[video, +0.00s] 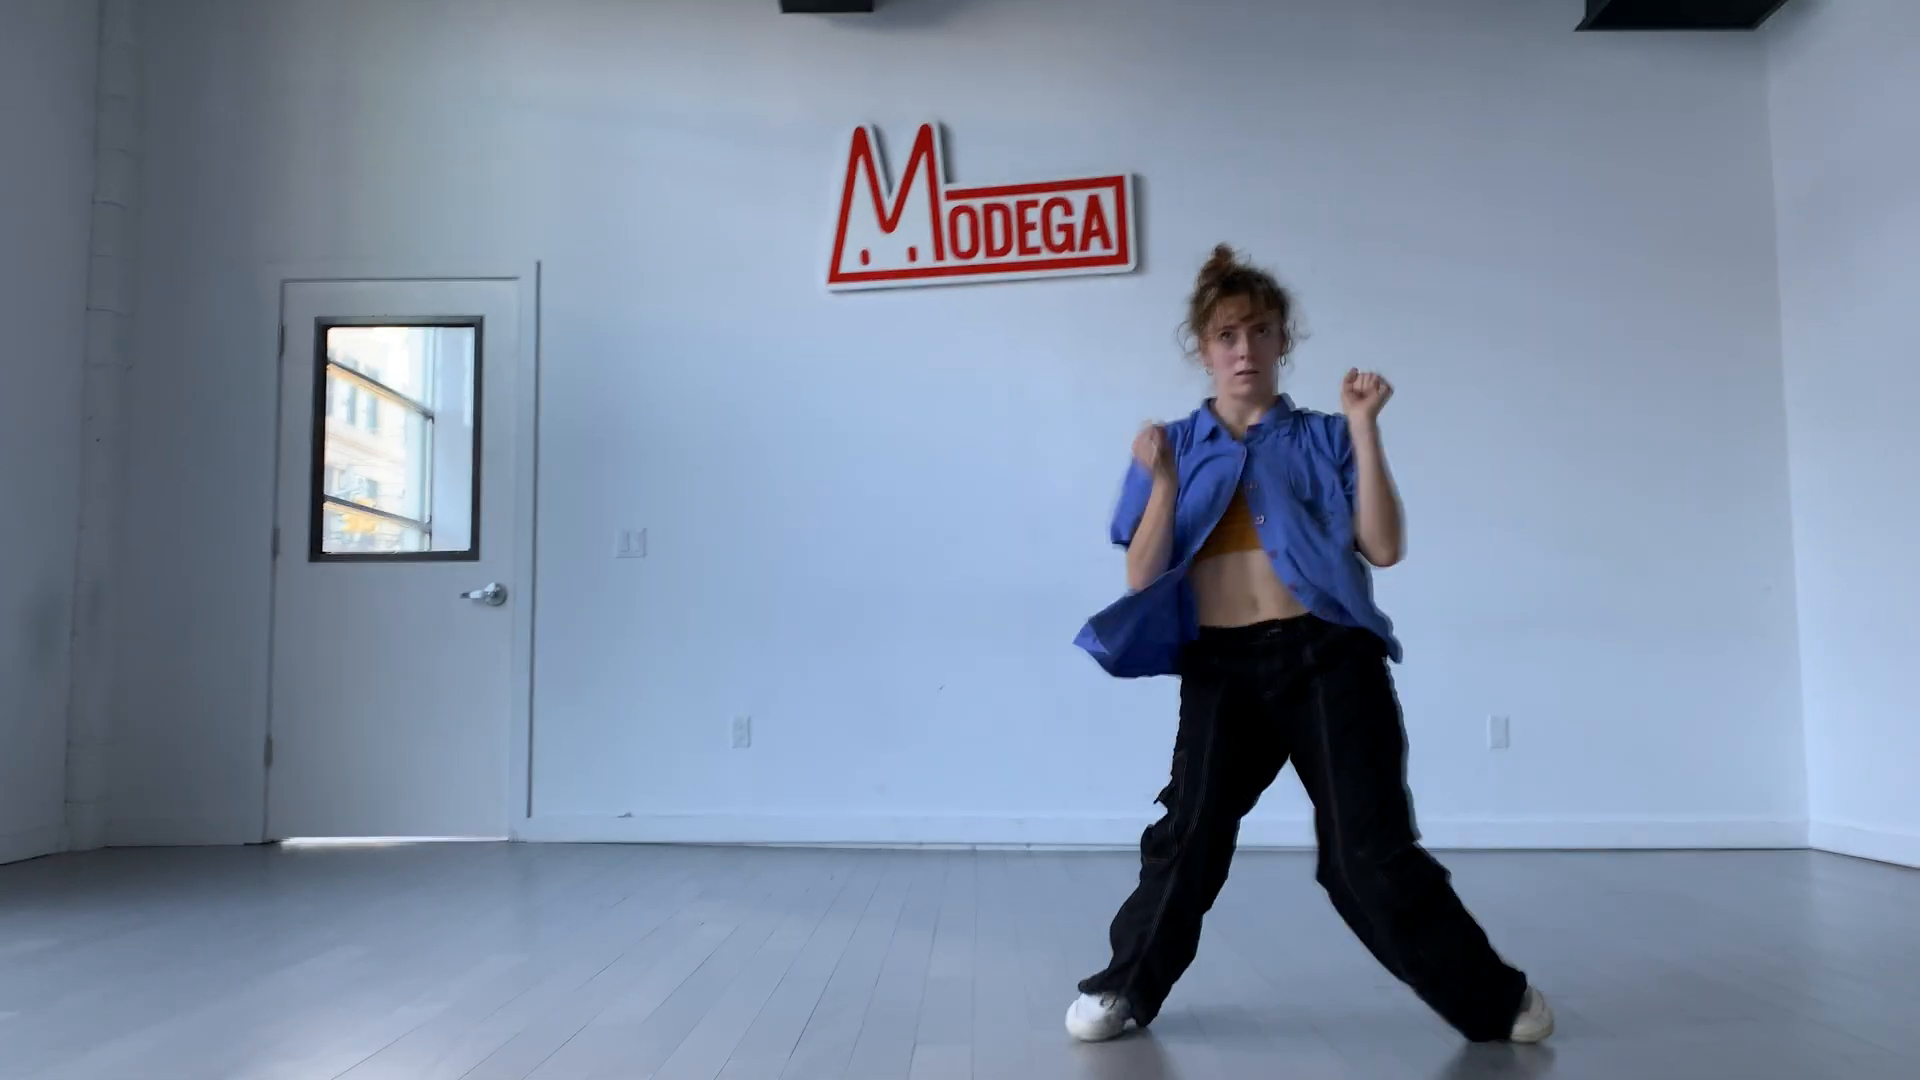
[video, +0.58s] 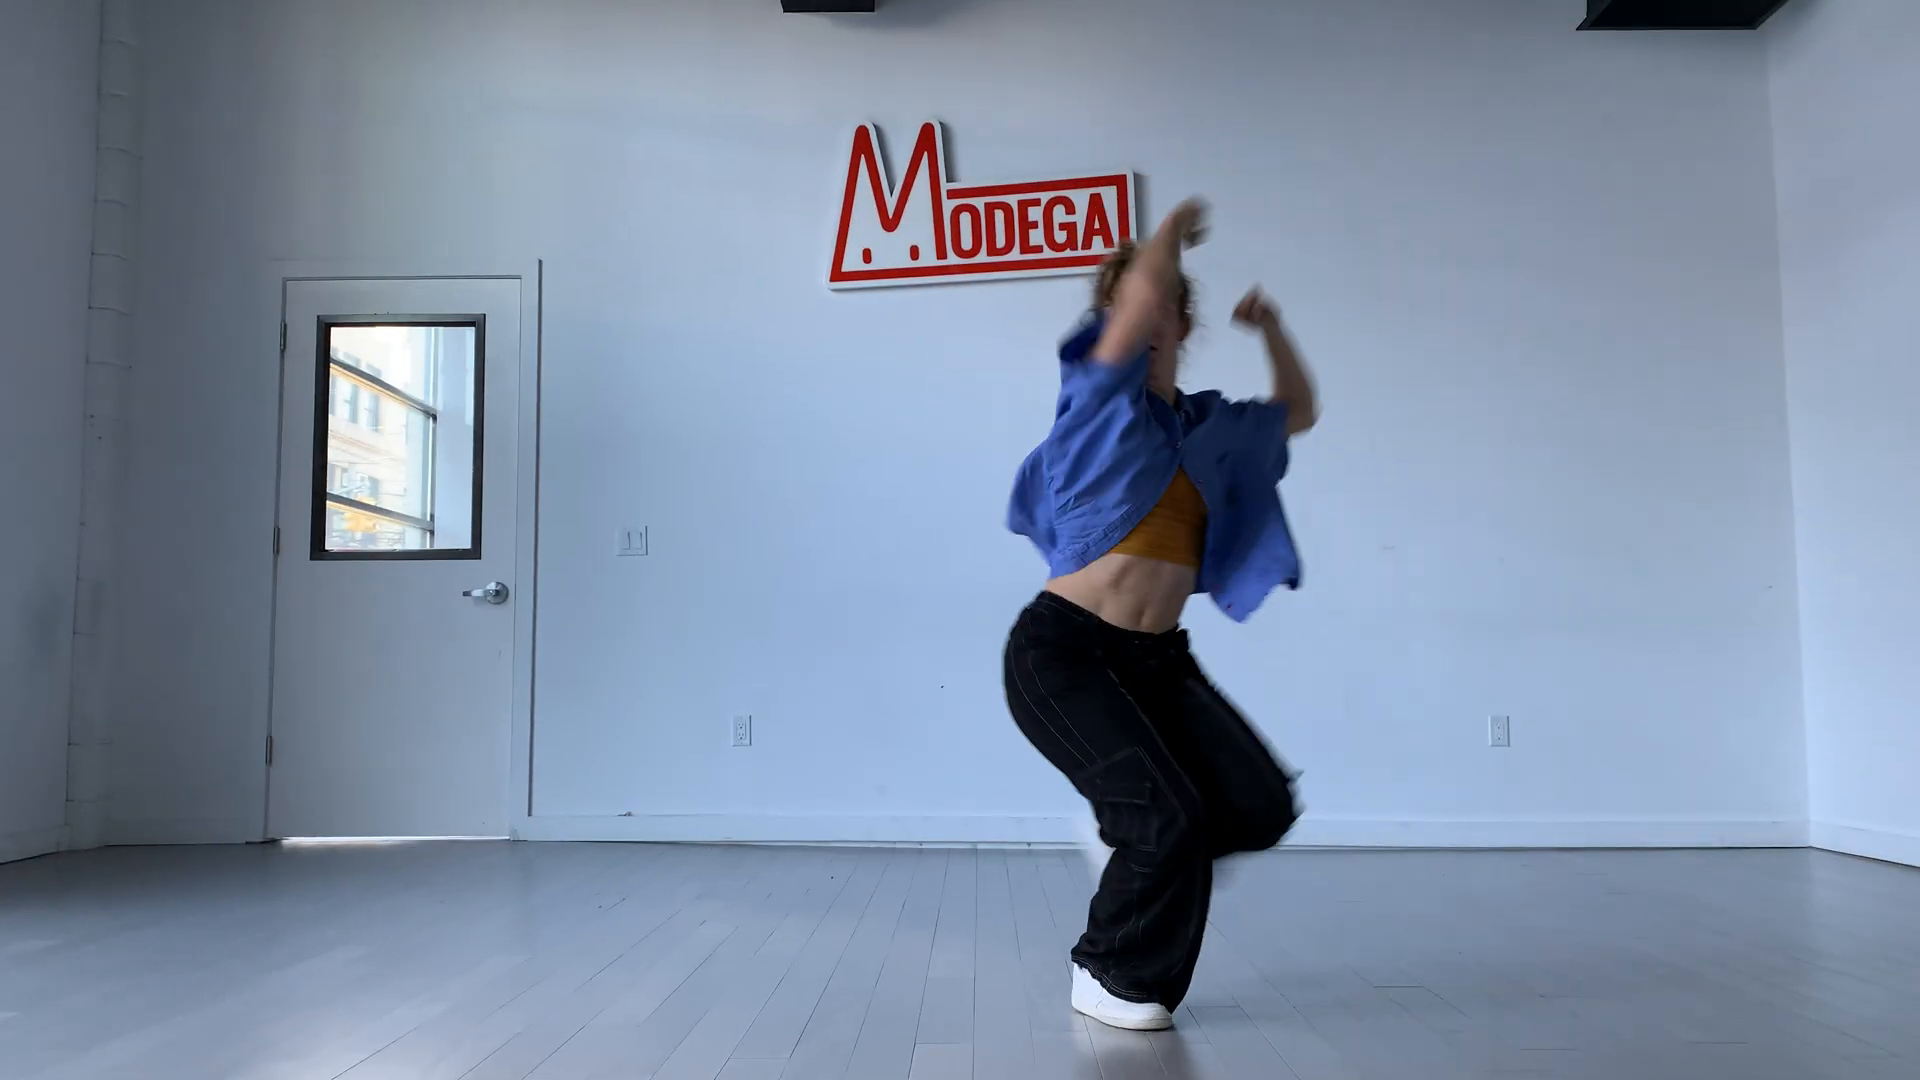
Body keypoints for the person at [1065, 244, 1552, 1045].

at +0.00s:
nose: (1244, 347)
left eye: (1258, 331)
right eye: (1227, 334)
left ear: (1282, 344)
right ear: (1203, 350)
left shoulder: (1324, 436)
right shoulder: (1173, 449)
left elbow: (1384, 547)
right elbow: (1143, 574)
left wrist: (1364, 426)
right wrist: (1165, 477)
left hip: (1331, 658)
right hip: (1225, 669)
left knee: (1368, 853)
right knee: (1187, 836)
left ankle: (1497, 999)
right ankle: (1126, 989)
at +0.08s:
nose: (1266, 344)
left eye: (1279, 326)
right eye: (1248, 331)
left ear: (1305, 335)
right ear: (1225, 349)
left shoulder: (1351, 421)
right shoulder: (1194, 455)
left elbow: (1364, 535)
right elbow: (1120, 577)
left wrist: (1295, 450)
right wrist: (1132, 550)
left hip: (1345, 657)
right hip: (1236, 660)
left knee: (1403, 840)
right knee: (1197, 820)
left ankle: (1500, 1000)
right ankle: (1123, 971)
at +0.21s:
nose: (1300, 350)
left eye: (1315, 334)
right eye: (1282, 335)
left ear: (1336, 349)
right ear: (1253, 349)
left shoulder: (1350, 428)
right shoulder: (1199, 443)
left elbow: (1342, 385)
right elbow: (1079, 467)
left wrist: (1204, 405)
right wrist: (1010, 527)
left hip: (1339, 674)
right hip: (1231, 674)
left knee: (1416, 848)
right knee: (1243, 838)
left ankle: (1502, 999)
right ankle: (1147, 942)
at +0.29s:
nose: (1276, 351)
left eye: (1290, 335)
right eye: (1257, 336)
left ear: (1311, 347)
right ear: (1227, 349)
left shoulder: (1325, 423)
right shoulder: (1173, 419)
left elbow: (1343, 306)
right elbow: (1069, 370)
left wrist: (1226, 313)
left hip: (1316, 680)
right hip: (1206, 685)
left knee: (1397, 856)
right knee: (1227, 859)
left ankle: (1503, 1002)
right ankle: (1140, 976)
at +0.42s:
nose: (1206, 341)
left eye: (1222, 325)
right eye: (1188, 327)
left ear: (1250, 336)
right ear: (1167, 341)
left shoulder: (1281, 413)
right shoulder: (1129, 391)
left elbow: (1358, 295)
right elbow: (1074, 276)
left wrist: (1291, 233)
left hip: (1234, 665)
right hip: (1130, 668)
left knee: (1355, 837)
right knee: (1197, 832)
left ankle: (1493, 996)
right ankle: (1130, 975)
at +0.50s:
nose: (1172, 327)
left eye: (1188, 311)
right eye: (1156, 315)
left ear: (1217, 327)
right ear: (1136, 332)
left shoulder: (1252, 418)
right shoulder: (1109, 386)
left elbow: (1344, 341)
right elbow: (1080, 250)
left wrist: (1304, 262)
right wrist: (1176, 174)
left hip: (1190, 660)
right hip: (1090, 657)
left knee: (1316, 797)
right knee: (1183, 822)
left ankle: (1387, 955)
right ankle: (1127, 975)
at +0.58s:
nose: (1162, 311)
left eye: (1170, 300)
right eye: (1147, 299)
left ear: (1186, 322)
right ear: (1115, 313)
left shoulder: (1212, 427)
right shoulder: (1099, 402)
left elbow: (1298, 410)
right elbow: (1140, 307)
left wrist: (1272, 330)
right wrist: (1168, 231)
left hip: (1159, 660)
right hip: (1064, 653)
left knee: (1261, 810)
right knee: (1165, 817)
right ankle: (1110, 974)